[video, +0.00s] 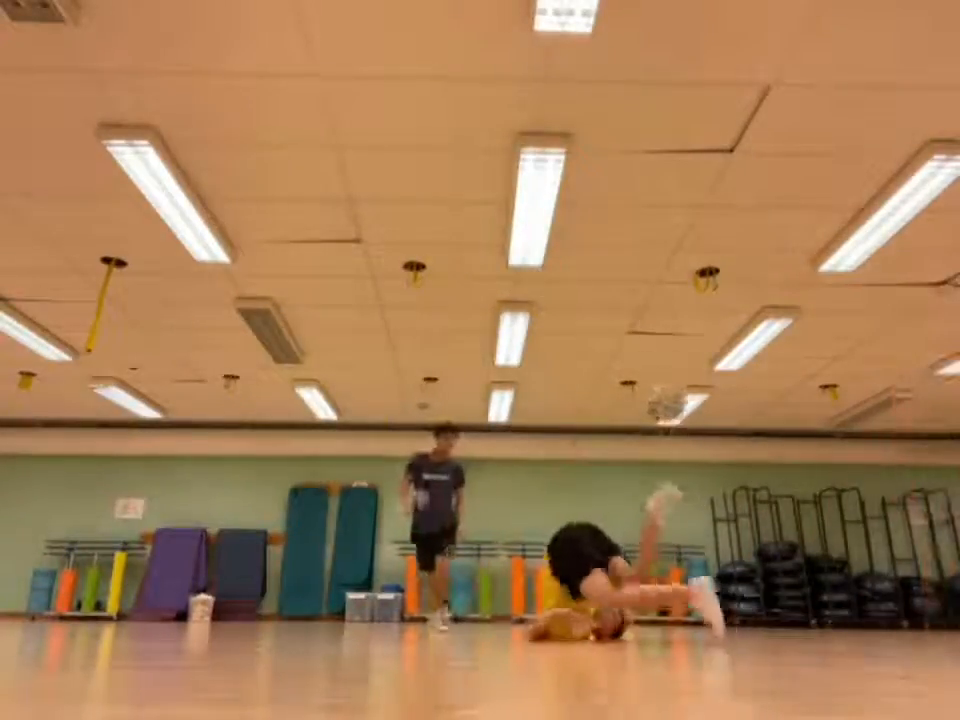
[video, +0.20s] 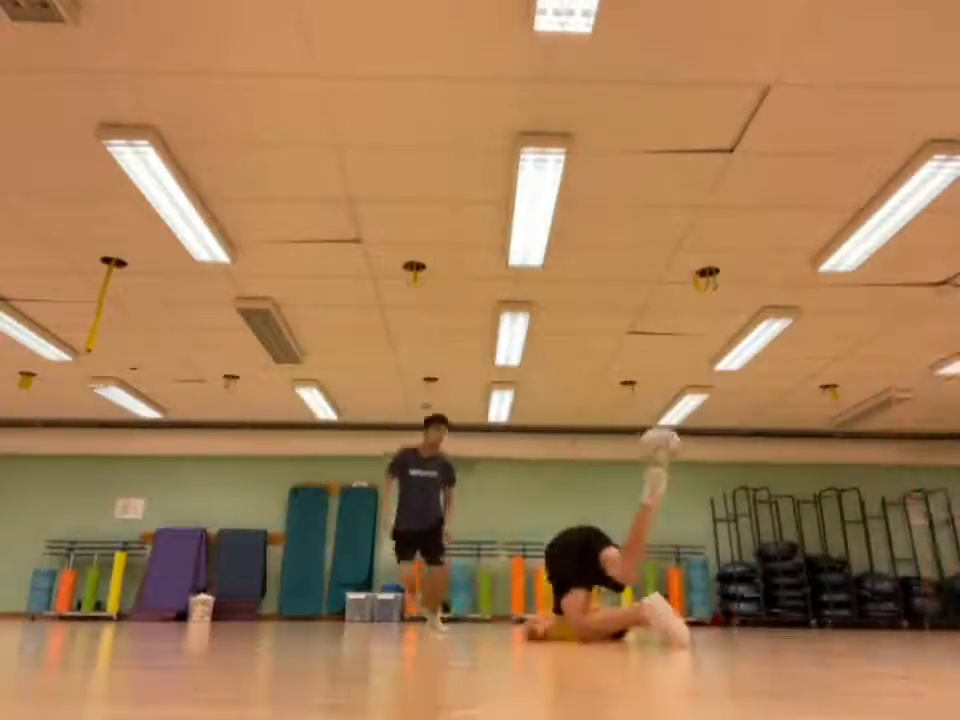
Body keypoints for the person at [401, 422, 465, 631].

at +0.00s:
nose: (450, 446)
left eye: (452, 441)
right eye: (446, 441)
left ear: (454, 443)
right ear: (437, 440)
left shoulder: (454, 468)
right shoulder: (419, 462)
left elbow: (460, 496)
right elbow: (405, 484)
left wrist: (458, 520)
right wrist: (407, 502)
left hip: (445, 522)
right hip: (423, 522)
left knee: (443, 565)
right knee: (428, 571)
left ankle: (444, 607)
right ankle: (434, 611)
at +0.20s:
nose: (439, 437)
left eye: (443, 432)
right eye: (435, 431)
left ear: (445, 435)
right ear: (425, 432)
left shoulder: (444, 465)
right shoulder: (405, 457)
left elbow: (449, 496)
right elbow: (388, 482)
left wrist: (447, 524)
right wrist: (387, 514)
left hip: (432, 523)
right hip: (406, 522)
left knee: (437, 568)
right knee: (406, 566)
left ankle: (434, 613)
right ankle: (412, 598)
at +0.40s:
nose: (409, 413)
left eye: (413, 409)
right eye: (405, 408)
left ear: (416, 412)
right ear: (395, 409)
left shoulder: (419, 441)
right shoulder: (375, 436)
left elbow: (427, 472)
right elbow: (350, 462)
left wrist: (426, 504)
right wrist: (334, 492)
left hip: (408, 507)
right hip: (379, 506)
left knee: (415, 558)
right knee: (368, 554)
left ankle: (427, 599)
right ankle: (358, 613)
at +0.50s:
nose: (393, 410)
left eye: (397, 406)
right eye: (389, 405)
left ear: (401, 409)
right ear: (379, 406)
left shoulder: (404, 440)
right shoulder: (359, 437)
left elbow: (413, 472)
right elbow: (335, 460)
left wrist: (412, 503)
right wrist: (329, 486)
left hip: (394, 507)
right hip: (364, 506)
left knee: (393, 559)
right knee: (355, 557)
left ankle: (406, 601)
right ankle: (357, 613)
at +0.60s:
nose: (385, 401)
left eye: (390, 396)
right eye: (381, 394)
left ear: (393, 399)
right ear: (370, 394)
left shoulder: (395, 431)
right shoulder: (349, 424)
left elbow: (401, 465)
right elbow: (334, 452)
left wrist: (401, 494)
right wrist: (334, 480)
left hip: (379, 497)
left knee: (369, 550)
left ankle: (375, 605)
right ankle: (353, 610)